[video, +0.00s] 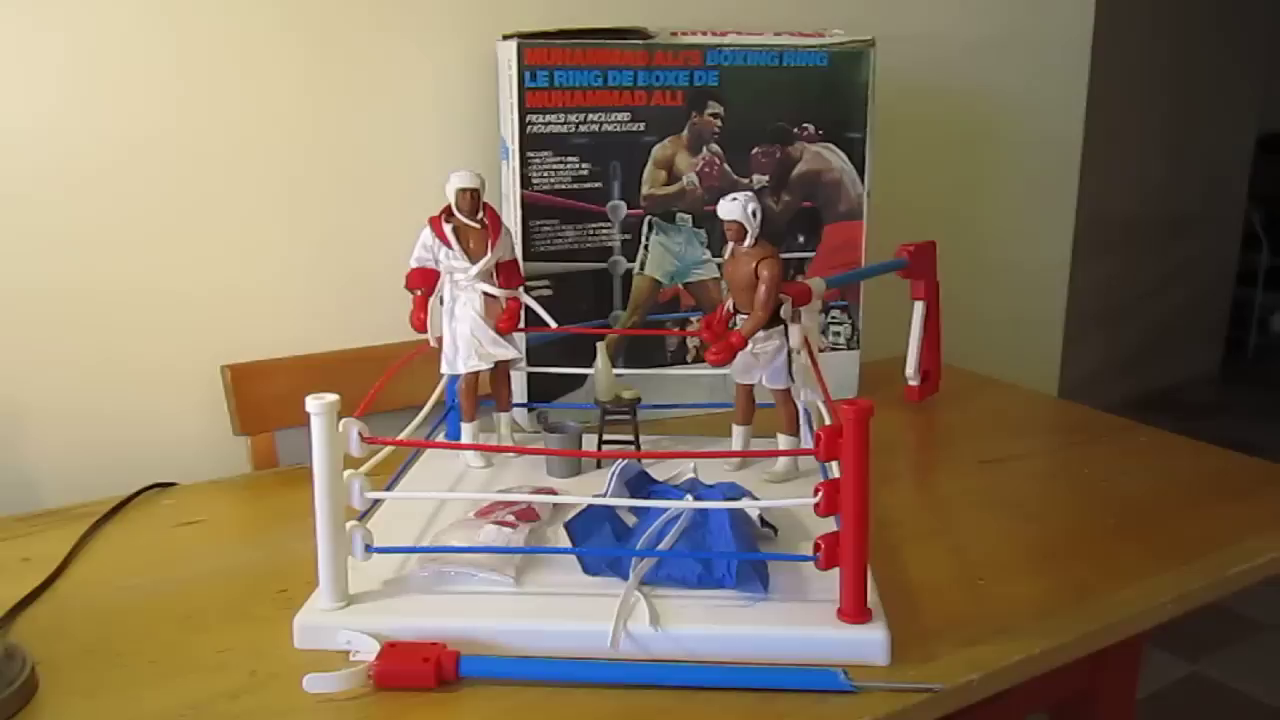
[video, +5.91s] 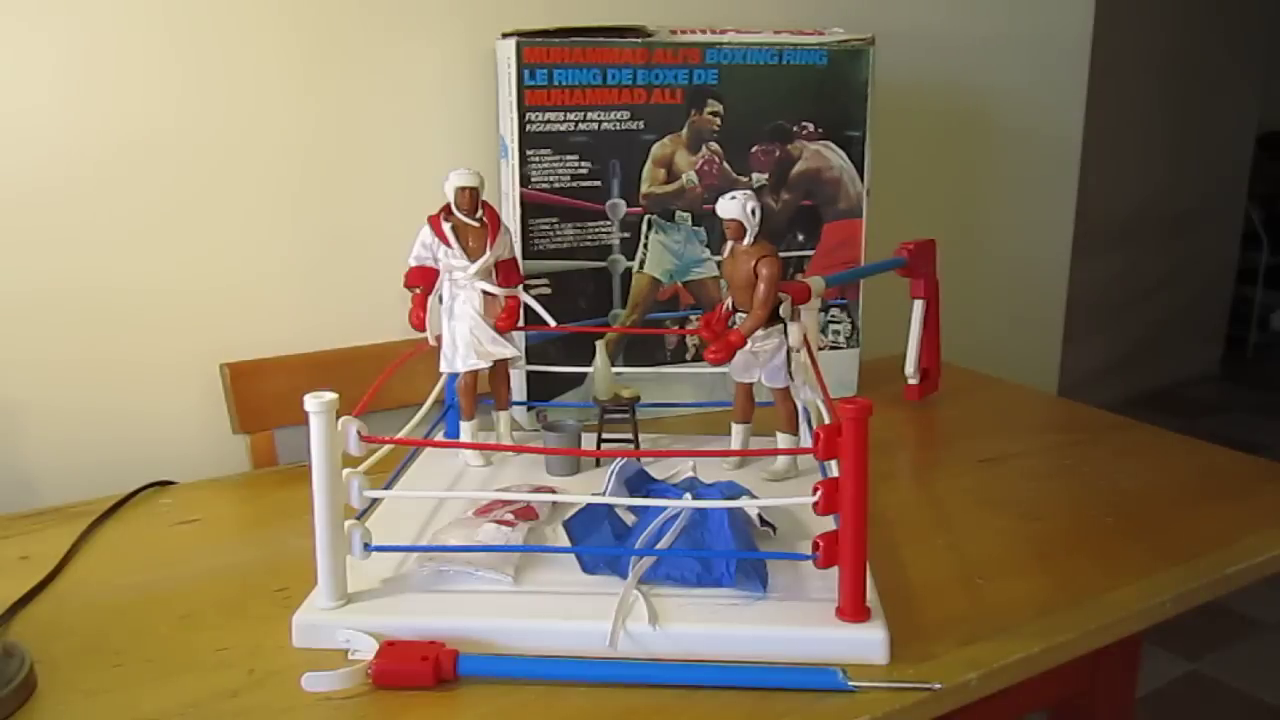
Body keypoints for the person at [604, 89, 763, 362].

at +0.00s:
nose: (719, 123)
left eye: (721, 118)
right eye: (714, 116)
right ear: (694, 117)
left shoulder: (713, 152)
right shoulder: (665, 150)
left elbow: (730, 183)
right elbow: (647, 198)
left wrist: (752, 182)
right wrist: (682, 185)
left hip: (694, 238)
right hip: (661, 236)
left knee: (719, 311)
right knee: (635, 316)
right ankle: (597, 375)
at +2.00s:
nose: (719, 123)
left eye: (720, 117)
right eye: (713, 116)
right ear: (693, 116)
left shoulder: (712, 151)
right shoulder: (665, 149)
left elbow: (729, 181)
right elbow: (647, 198)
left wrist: (750, 182)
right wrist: (683, 184)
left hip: (693, 238)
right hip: (660, 235)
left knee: (718, 311)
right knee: (634, 315)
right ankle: (597, 374)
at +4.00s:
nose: (718, 122)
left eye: (720, 116)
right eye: (713, 114)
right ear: (694, 115)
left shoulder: (712, 150)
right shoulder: (665, 148)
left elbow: (731, 182)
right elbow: (646, 197)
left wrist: (755, 180)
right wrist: (683, 183)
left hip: (693, 237)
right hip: (660, 235)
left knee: (719, 310)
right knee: (634, 315)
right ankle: (596, 372)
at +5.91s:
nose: (719, 122)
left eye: (720, 116)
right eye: (714, 115)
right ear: (694, 114)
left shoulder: (712, 150)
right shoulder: (664, 148)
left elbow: (731, 181)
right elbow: (647, 196)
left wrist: (755, 181)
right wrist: (682, 183)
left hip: (694, 237)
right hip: (660, 235)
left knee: (718, 309)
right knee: (635, 313)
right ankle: (597, 371)